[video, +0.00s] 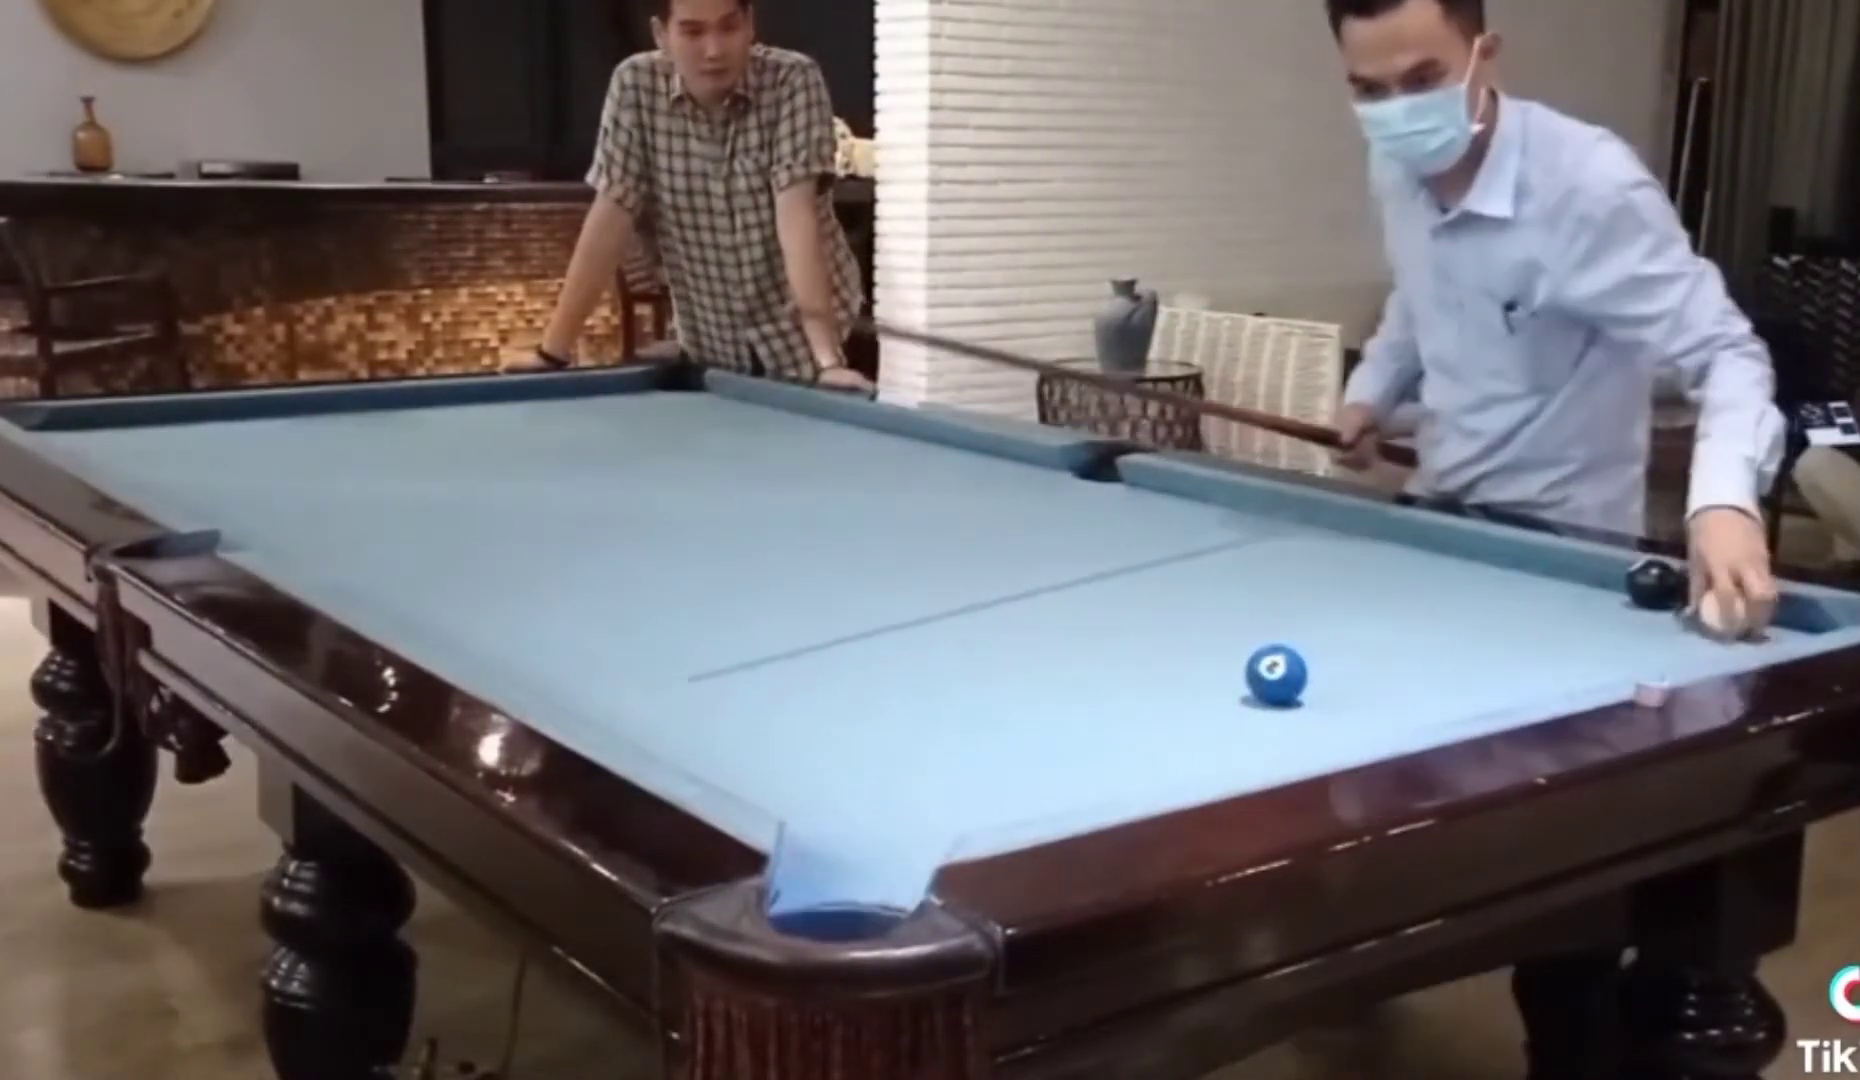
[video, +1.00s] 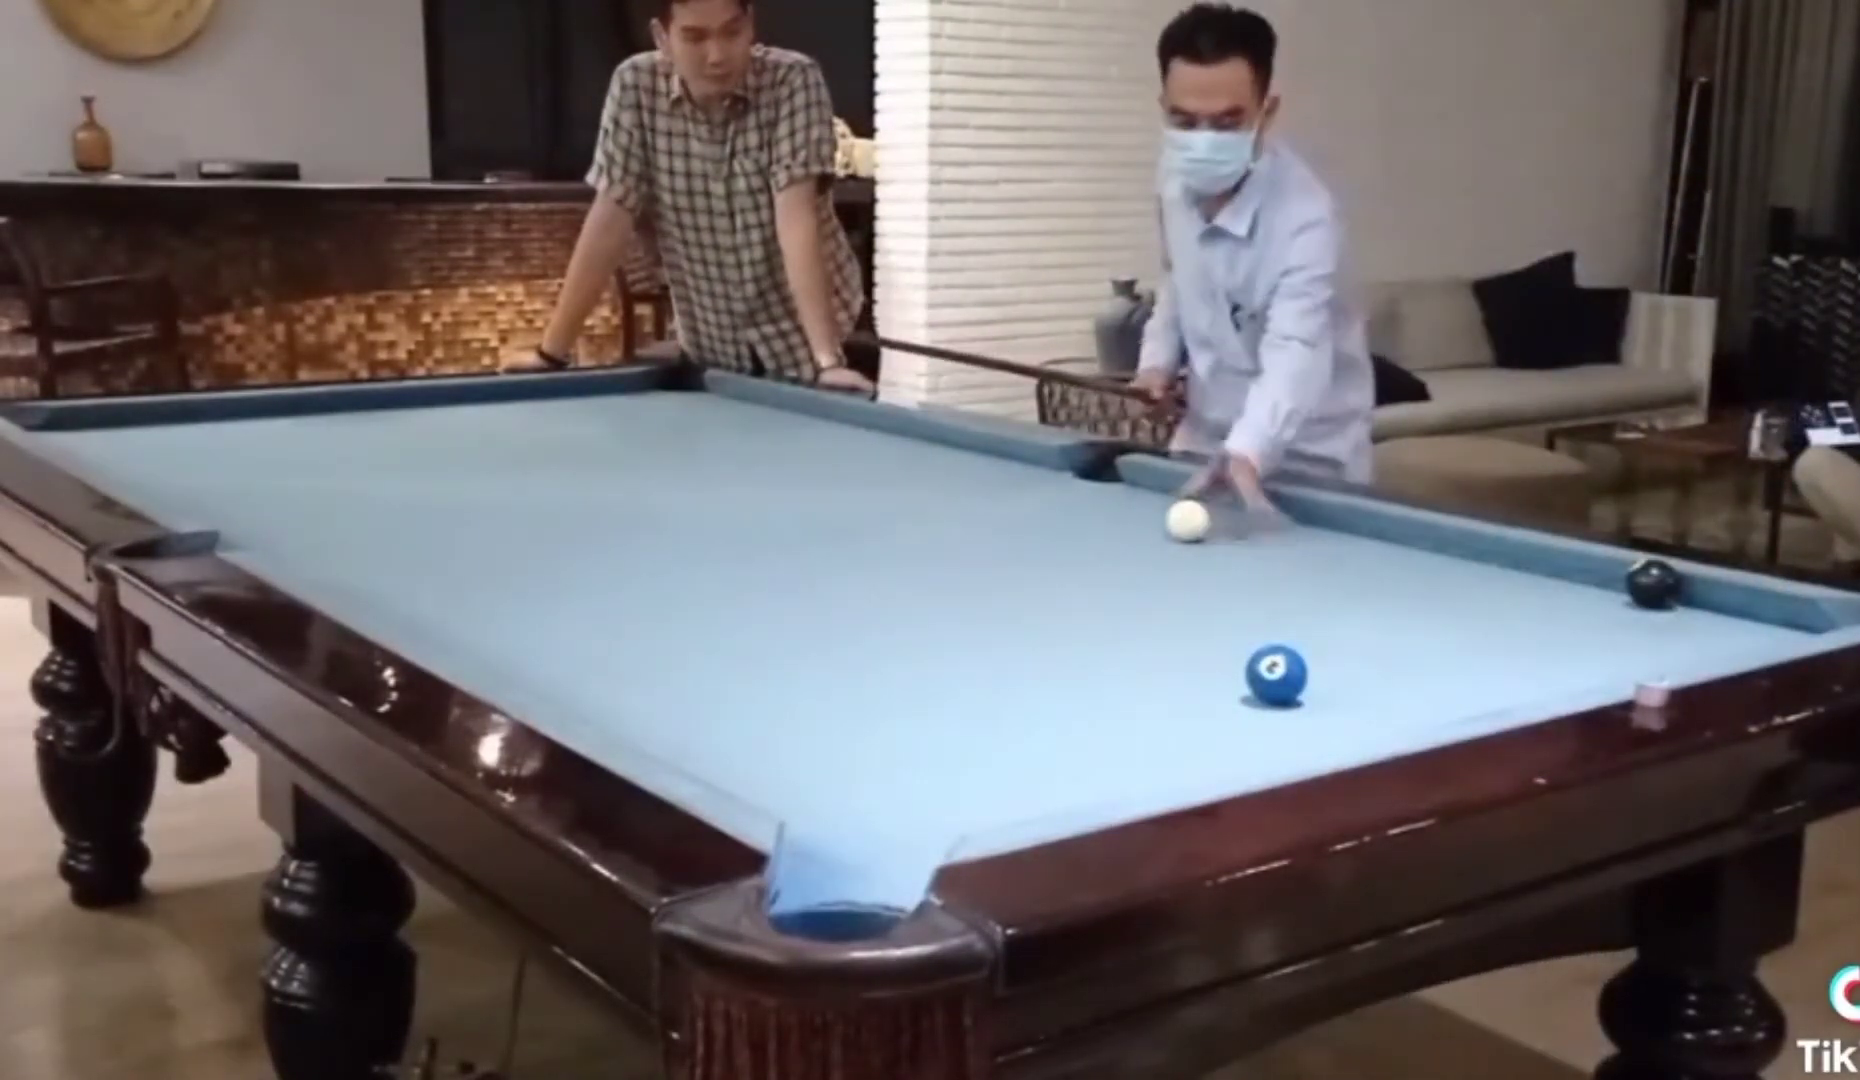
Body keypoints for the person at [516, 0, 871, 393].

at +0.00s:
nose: (713, 50)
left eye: (729, 28)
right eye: (693, 31)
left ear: (751, 27)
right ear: (662, 35)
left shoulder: (792, 79)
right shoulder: (636, 84)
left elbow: (798, 212)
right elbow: (611, 212)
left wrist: (829, 360)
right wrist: (552, 352)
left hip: (804, 348)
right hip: (706, 347)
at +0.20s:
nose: (719, 50)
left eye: (733, 27)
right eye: (698, 31)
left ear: (753, 26)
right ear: (663, 35)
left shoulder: (792, 80)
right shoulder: (636, 85)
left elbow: (799, 221)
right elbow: (610, 216)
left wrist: (829, 361)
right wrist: (552, 353)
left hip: (811, 346)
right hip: (710, 348)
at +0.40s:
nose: (718, 52)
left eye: (732, 30)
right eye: (696, 34)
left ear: (753, 26)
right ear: (663, 36)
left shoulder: (793, 80)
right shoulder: (637, 85)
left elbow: (799, 219)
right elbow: (611, 215)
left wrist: (830, 360)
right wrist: (552, 353)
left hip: (814, 348)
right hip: (709, 349)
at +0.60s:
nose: (717, 54)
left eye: (732, 32)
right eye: (695, 36)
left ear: (752, 27)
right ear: (662, 37)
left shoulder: (792, 79)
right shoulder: (637, 85)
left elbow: (798, 214)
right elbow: (612, 214)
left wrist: (829, 360)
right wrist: (552, 352)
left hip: (811, 353)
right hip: (710, 354)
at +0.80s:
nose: (717, 55)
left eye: (732, 33)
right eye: (695, 37)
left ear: (752, 27)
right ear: (662, 37)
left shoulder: (791, 79)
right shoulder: (636, 85)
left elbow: (798, 210)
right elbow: (612, 212)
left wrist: (828, 358)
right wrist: (551, 351)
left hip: (810, 352)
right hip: (709, 354)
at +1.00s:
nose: (717, 55)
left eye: (732, 33)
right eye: (696, 36)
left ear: (752, 25)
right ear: (662, 36)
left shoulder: (791, 80)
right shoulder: (636, 85)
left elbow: (798, 217)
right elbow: (610, 217)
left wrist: (828, 360)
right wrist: (552, 353)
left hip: (807, 347)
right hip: (710, 348)